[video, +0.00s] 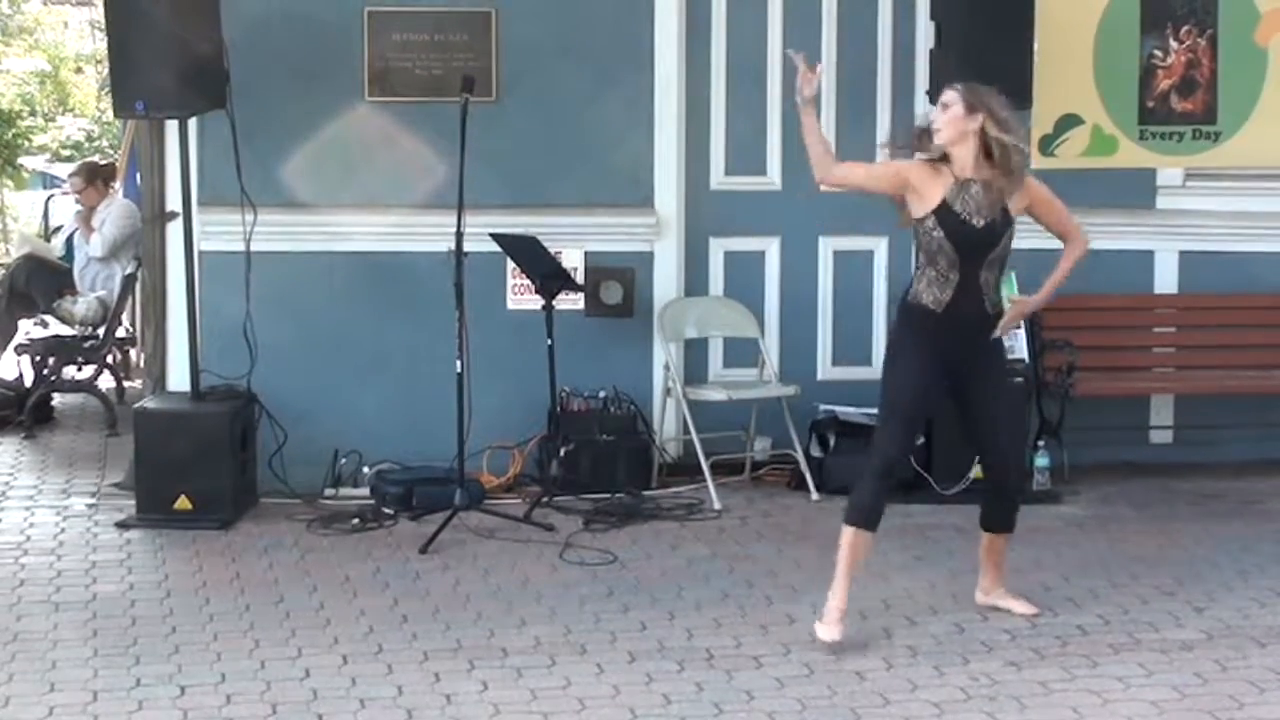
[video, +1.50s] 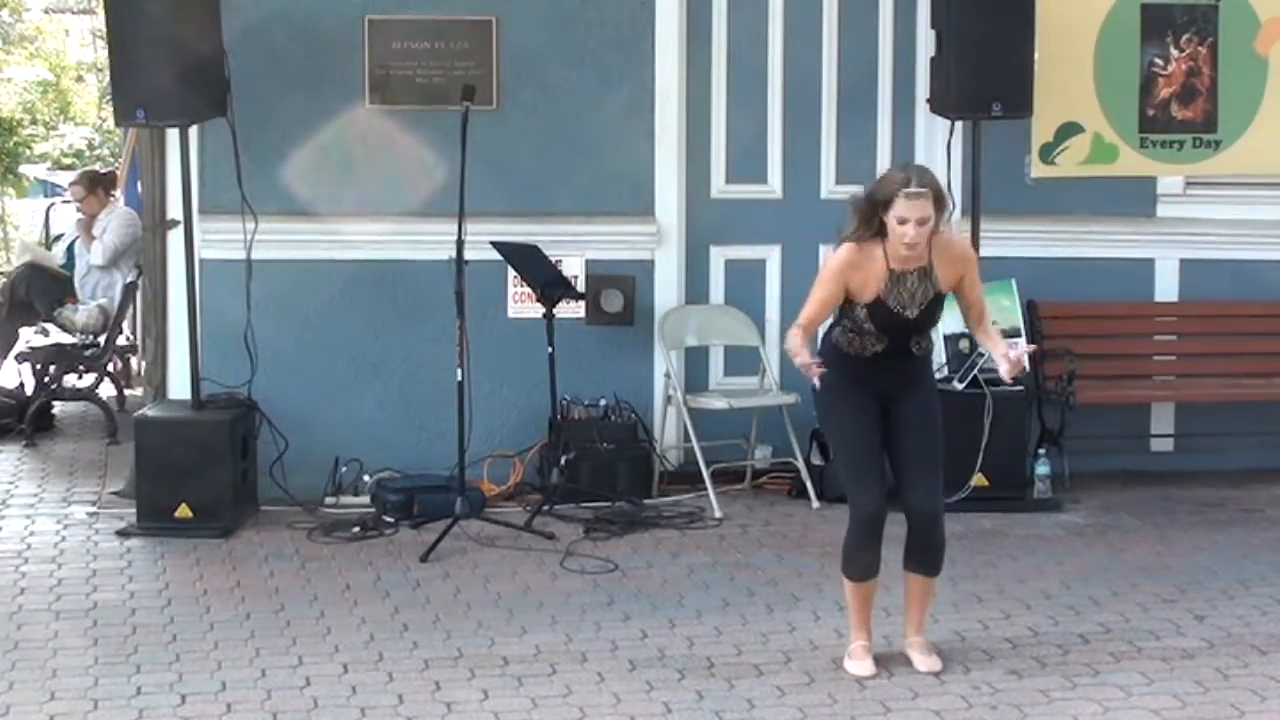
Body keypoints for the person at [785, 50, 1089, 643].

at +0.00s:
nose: (934, 115)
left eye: (947, 107)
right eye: (935, 108)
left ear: (978, 121)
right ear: (942, 124)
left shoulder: (1012, 184)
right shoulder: (915, 175)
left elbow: (1076, 240)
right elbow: (828, 173)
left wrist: (1036, 301)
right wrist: (806, 104)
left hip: (982, 340)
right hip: (919, 337)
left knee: (1008, 463)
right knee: (889, 456)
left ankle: (991, 586)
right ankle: (838, 596)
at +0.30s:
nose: (988, 120)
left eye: (990, 113)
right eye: (974, 113)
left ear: (997, 127)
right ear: (944, 131)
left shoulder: (1015, 192)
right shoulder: (912, 188)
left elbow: (1110, 197)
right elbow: (815, 181)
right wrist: (775, 117)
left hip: (985, 353)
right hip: (921, 350)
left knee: (1005, 474)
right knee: (899, 472)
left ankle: (989, 589)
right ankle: (860, 617)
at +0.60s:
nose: (928, 95)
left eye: (930, 87)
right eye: (913, 88)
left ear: (937, 105)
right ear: (884, 108)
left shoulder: (961, 171)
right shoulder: (859, 173)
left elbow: (1049, 197)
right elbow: (770, 215)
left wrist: (1079, 125)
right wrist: (731, 151)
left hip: (948, 343)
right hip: (882, 345)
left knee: (957, 478)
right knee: (872, 485)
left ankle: (961, 601)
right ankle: (855, 630)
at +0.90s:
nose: (911, 119)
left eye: (917, 110)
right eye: (897, 113)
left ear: (927, 125)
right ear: (872, 131)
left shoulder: (952, 191)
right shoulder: (846, 197)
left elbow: (1020, 254)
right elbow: (784, 272)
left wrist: (1079, 206)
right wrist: (730, 217)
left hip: (925, 353)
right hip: (859, 355)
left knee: (927, 490)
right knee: (868, 490)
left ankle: (922, 632)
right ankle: (860, 636)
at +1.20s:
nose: (914, 173)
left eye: (923, 164)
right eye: (903, 164)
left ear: (934, 169)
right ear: (881, 170)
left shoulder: (954, 223)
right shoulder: (851, 228)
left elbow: (995, 299)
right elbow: (801, 313)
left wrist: (1054, 294)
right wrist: (769, 293)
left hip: (916, 368)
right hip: (852, 369)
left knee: (925, 499)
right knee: (869, 497)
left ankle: (919, 635)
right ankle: (859, 639)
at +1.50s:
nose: (912, 233)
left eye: (922, 222)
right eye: (902, 222)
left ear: (937, 218)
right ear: (883, 217)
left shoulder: (956, 255)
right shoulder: (850, 260)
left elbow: (979, 320)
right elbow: (801, 329)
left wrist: (1002, 352)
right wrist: (804, 355)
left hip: (913, 377)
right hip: (848, 379)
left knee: (926, 504)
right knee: (869, 502)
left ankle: (916, 637)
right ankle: (859, 640)